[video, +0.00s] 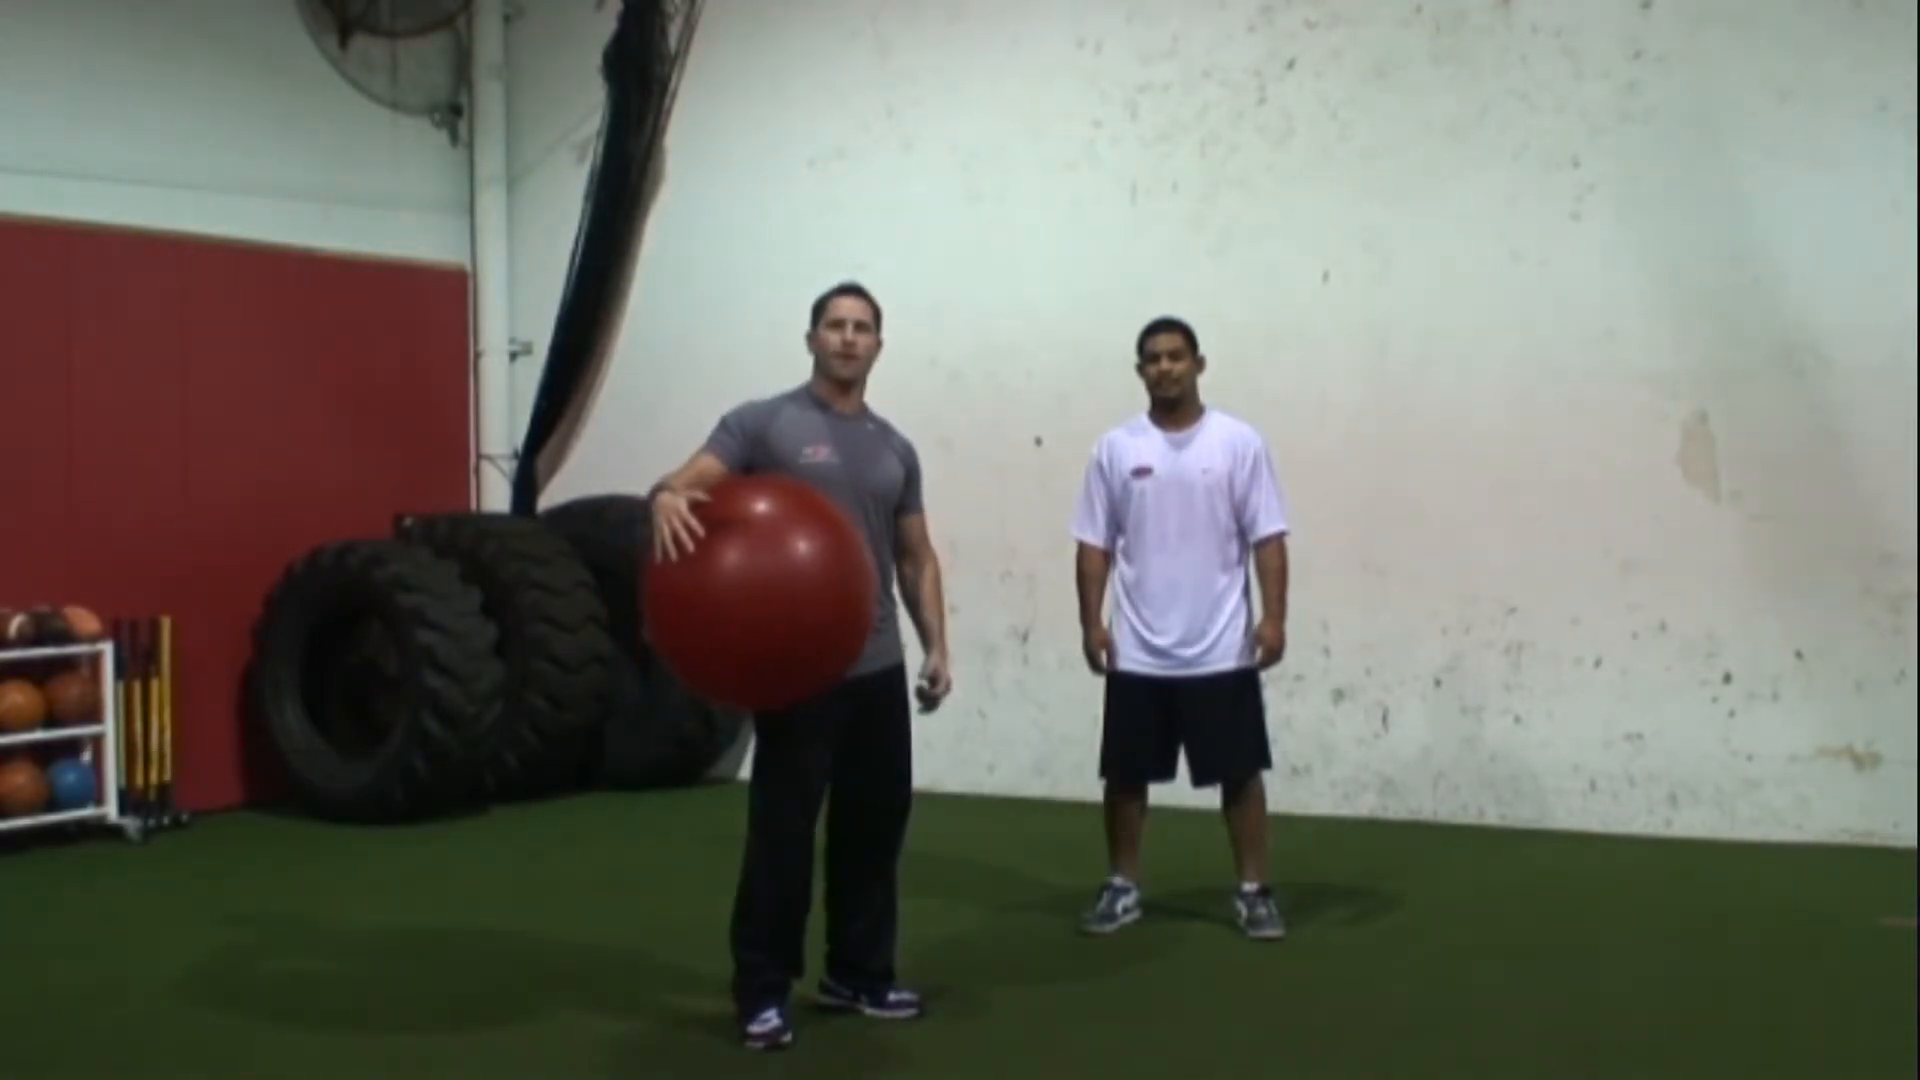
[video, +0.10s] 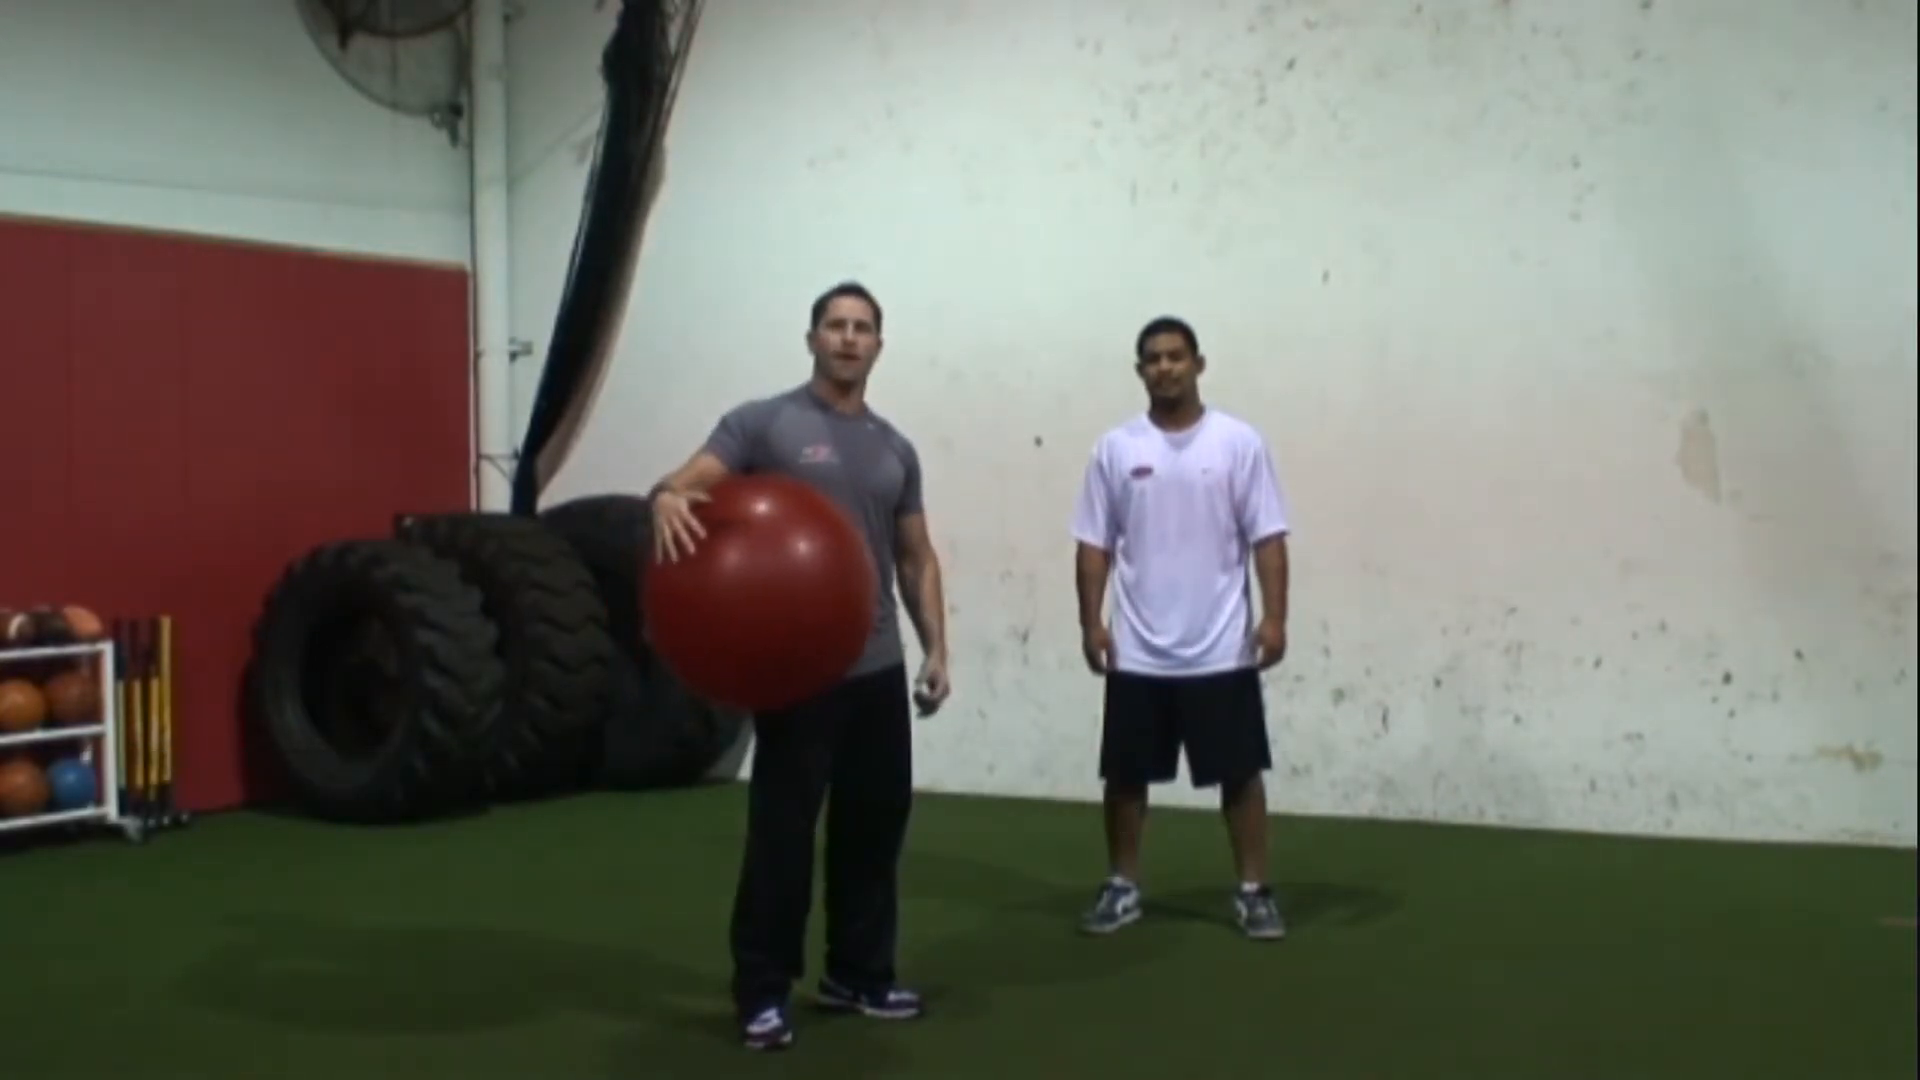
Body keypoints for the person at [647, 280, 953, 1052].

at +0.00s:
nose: (849, 338)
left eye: (862, 328)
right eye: (835, 325)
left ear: (880, 344)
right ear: (811, 338)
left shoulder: (895, 449)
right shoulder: (762, 422)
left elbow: (915, 554)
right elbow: (692, 480)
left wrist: (936, 644)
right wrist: (664, 496)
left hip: (878, 670)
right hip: (793, 670)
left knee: (873, 828)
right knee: (782, 834)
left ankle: (860, 975)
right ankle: (764, 994)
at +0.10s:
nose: (849, 338)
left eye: (862, 328)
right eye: (836, 326)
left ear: (880, 344)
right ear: (812, 338)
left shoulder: (895, 449)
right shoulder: (763, 423)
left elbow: (915, 554)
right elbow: (691, 481)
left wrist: (936, 647)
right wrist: (664, 497)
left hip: (878, 670)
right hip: (793, 671)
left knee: (873, 829)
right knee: (782, 836)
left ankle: (859, 975)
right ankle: (764, 994)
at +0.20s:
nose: (850, 337)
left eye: (863, 327)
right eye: (837, 325)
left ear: (881, 344)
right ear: (812, 338)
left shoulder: (894, 449)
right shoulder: (762, 422)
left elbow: (915, 557)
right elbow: (692, 480)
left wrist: (939, 654)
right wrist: (665, 497)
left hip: (878, 671)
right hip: (793, 671)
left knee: (873, 828)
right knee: (782, 835)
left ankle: (860, 975)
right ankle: (763, 994)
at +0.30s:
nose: (851, 337)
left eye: (864, 327)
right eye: (837, 325)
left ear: (881, 345)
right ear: (812, 339)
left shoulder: (894, 449)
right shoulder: (762, 422)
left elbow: (915, 557)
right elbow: (687, 482)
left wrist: (939, 658)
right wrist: (664, 498)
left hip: (877, 670)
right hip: (792, 671)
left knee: (874, 828)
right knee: (783, 834)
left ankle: (859, 975)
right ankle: (763, 994)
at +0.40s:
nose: (851, 337)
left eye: (864, 327)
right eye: (838, 325)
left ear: (881, 345)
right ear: (812, 338)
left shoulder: (896, 447)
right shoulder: (761, 421)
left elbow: (916, 555)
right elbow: (687, 481)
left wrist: (939, 657)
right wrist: (663, 498)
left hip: (877, 670)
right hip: (791, 671)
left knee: (874, 829)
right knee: (782, 835)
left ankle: (859, 975)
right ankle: (763, 994)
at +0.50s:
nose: (851, 337)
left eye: (863, 328)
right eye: (837, 325)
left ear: (879, 344)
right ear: (811, 338)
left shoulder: (897, 446)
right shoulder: (761, 421)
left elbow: (918, 552)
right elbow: (687, 481)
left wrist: (939, 654)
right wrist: (663, 498)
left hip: (876, 669)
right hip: (790, 670)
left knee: (874, 826)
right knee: (781, 833)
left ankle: (860, 975)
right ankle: (763, 994)